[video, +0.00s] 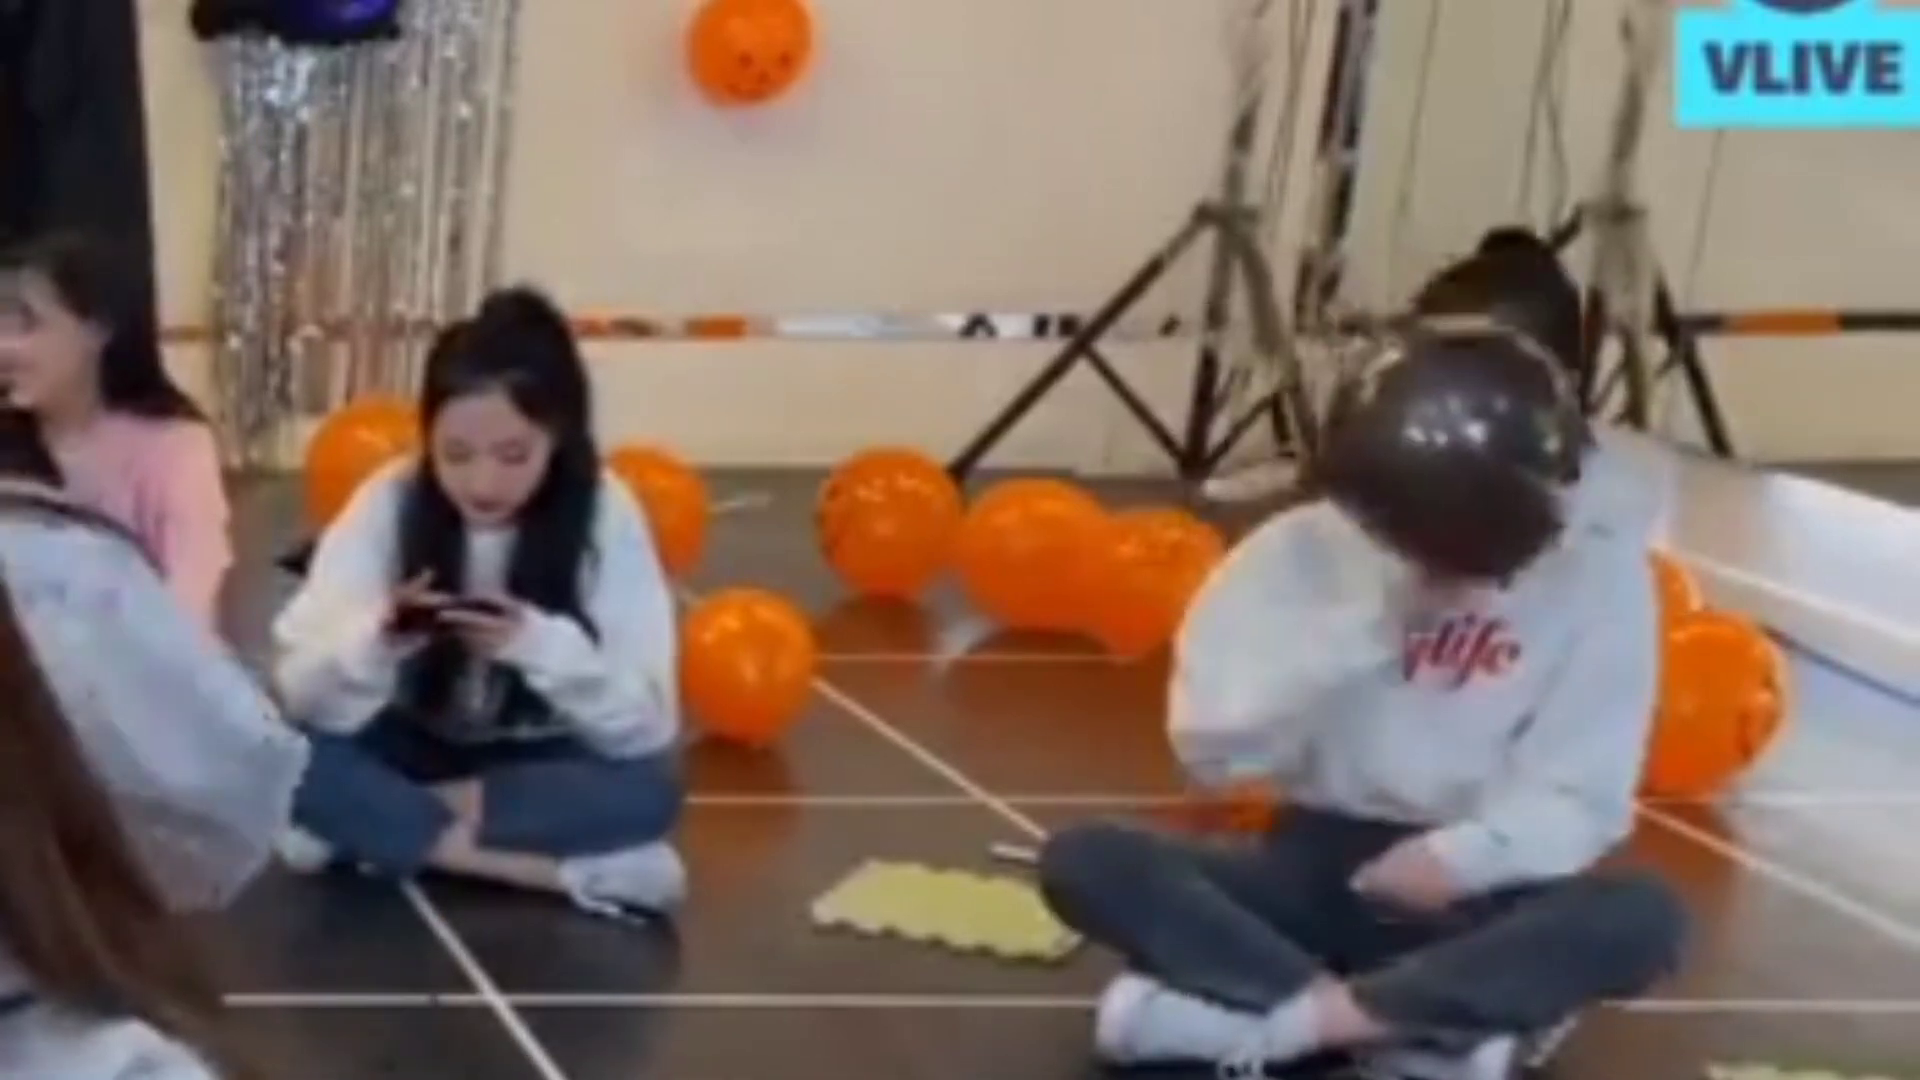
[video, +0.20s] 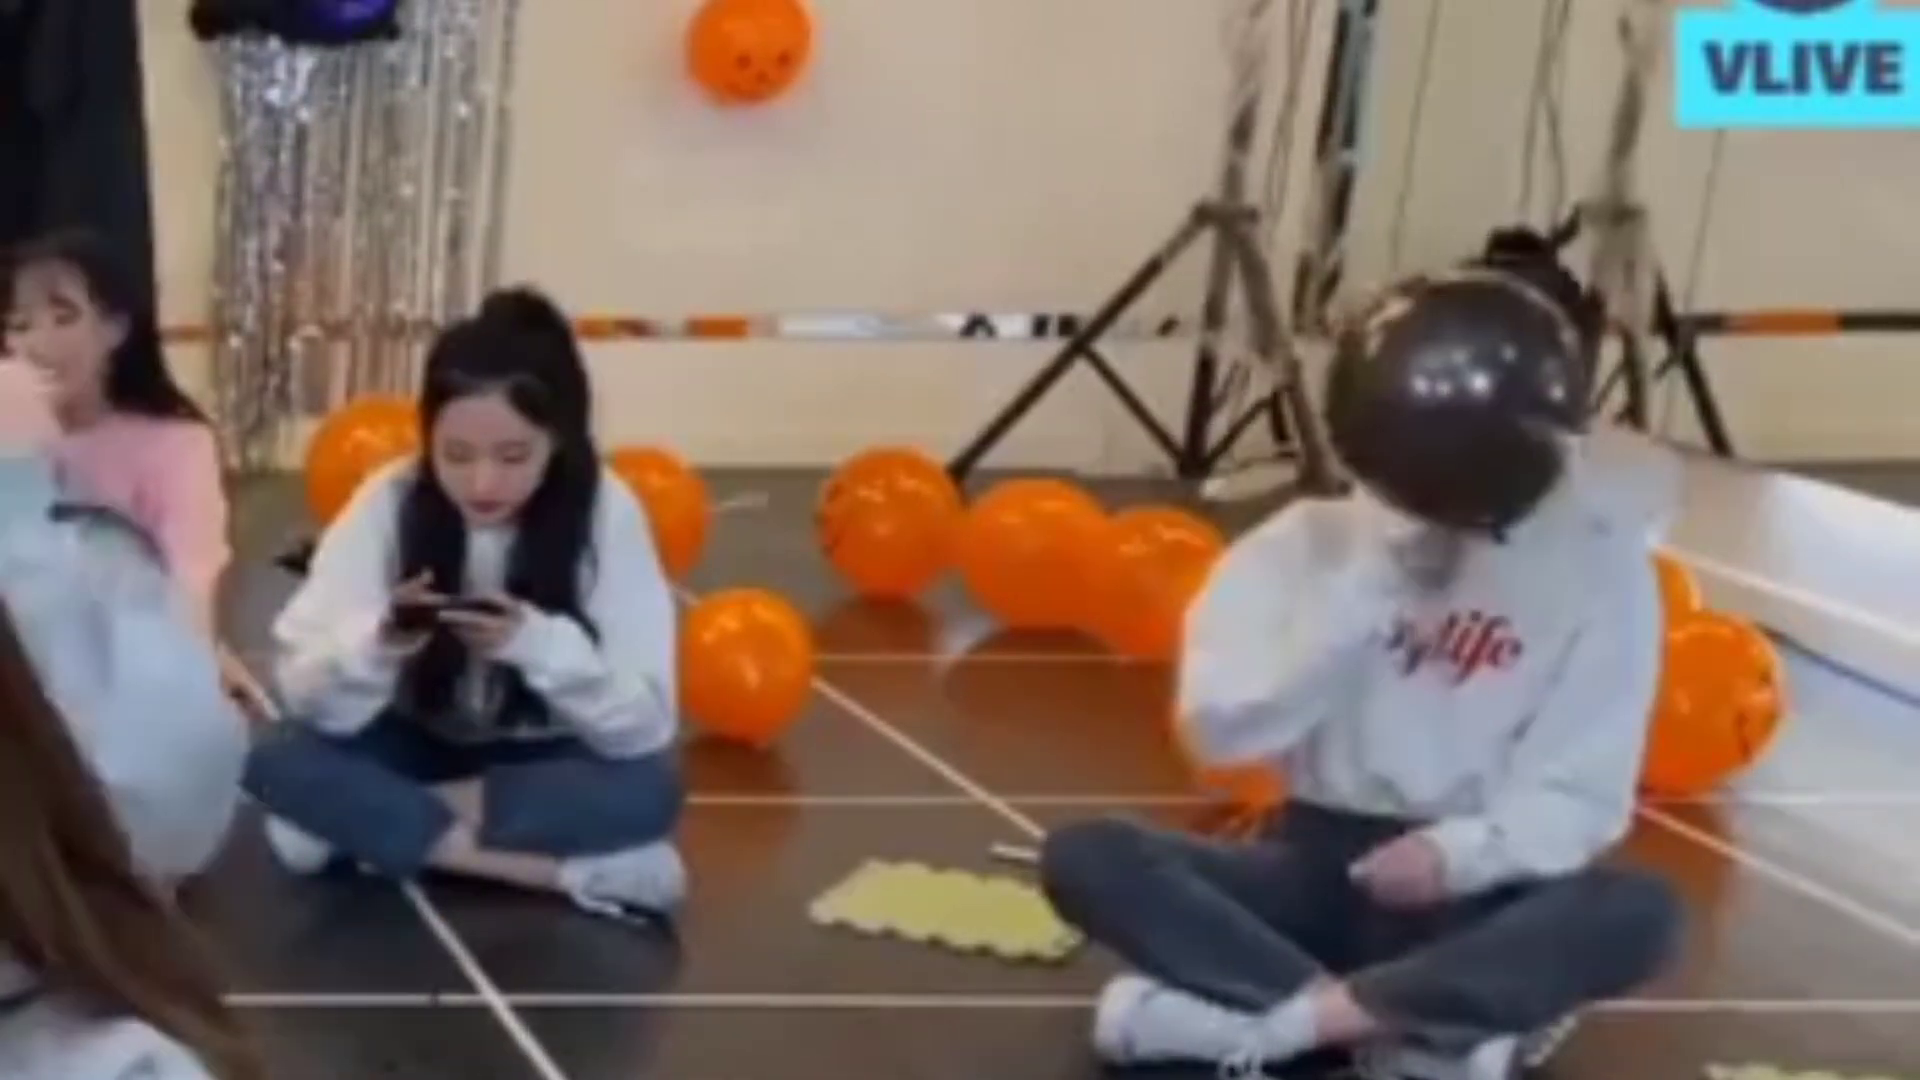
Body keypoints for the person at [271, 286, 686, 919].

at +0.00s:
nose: (483, 485)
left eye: (513, 457)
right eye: (457, 456)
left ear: (558, 442)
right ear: (427, 440)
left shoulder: (605, 515)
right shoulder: (390, 502)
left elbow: (646, 725)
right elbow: (304, 699)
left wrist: (535, 646)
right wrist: (382, 641)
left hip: (543, 744)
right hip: (407, 736)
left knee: (647, 793)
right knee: (296, 768)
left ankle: (375, 835)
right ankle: (550, 877)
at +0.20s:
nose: (483, 486)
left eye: (512, 458)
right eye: (458, 457)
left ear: (559, 444)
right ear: (426, 440)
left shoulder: (604, 512)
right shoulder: (389, 502)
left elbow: (644, 724)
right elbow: (306, 698)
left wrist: (531, 643)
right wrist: (385, 644)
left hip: (542, 745)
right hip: (409, 740)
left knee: (648, 791)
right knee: (276, 761)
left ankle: (367, 839)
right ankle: (550, 877)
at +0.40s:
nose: (482, 486)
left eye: (512, 459)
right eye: (457, 457)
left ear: (558, 445)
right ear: (426, 440)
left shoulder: (604, 513)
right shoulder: (388, 504)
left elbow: (644, 724)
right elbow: (306, 699)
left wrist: (529, 643)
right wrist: (385, 645)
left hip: (543, 745)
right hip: (410, 740)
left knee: (646, 790)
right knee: (277, 762)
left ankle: (368, 838)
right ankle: (550, 878)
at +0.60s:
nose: (481, 487)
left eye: (511, 459)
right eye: (456, 458)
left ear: (558, 445)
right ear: (426, 440)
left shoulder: (603, 513)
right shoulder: (388, 502)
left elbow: (644, 724)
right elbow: (304, 699)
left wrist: (527, 643)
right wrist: (385, 645)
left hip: (542, 744)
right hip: (409, 740)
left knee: (647, 790)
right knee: (275, 762)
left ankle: (367, 838)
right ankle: (550, 877)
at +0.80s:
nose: (483, 487)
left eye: (512, 459)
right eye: (457, 458)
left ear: (559, 445)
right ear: (426, 441)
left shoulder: (603, 513)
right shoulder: (389, 502)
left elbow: (644, 724)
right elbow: (305, 699)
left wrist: (527, 642)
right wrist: (383, 645)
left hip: (542, 744)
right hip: (409, 738)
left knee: (647, 790)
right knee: (276, 761)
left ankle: (367, 838)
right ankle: (550, 877)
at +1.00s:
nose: (482, 487)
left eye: (512, 459)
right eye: (457, 458)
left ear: (559, 445)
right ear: (426, 440)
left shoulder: (603, 513)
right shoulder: (389, 501)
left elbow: (644, 724)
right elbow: (305, 698)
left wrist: (529, 643)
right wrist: (383, 647)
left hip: (542, 744)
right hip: (409, 739)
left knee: (647, 789)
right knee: (276, 761)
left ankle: (367, 839)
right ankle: (550, 877)